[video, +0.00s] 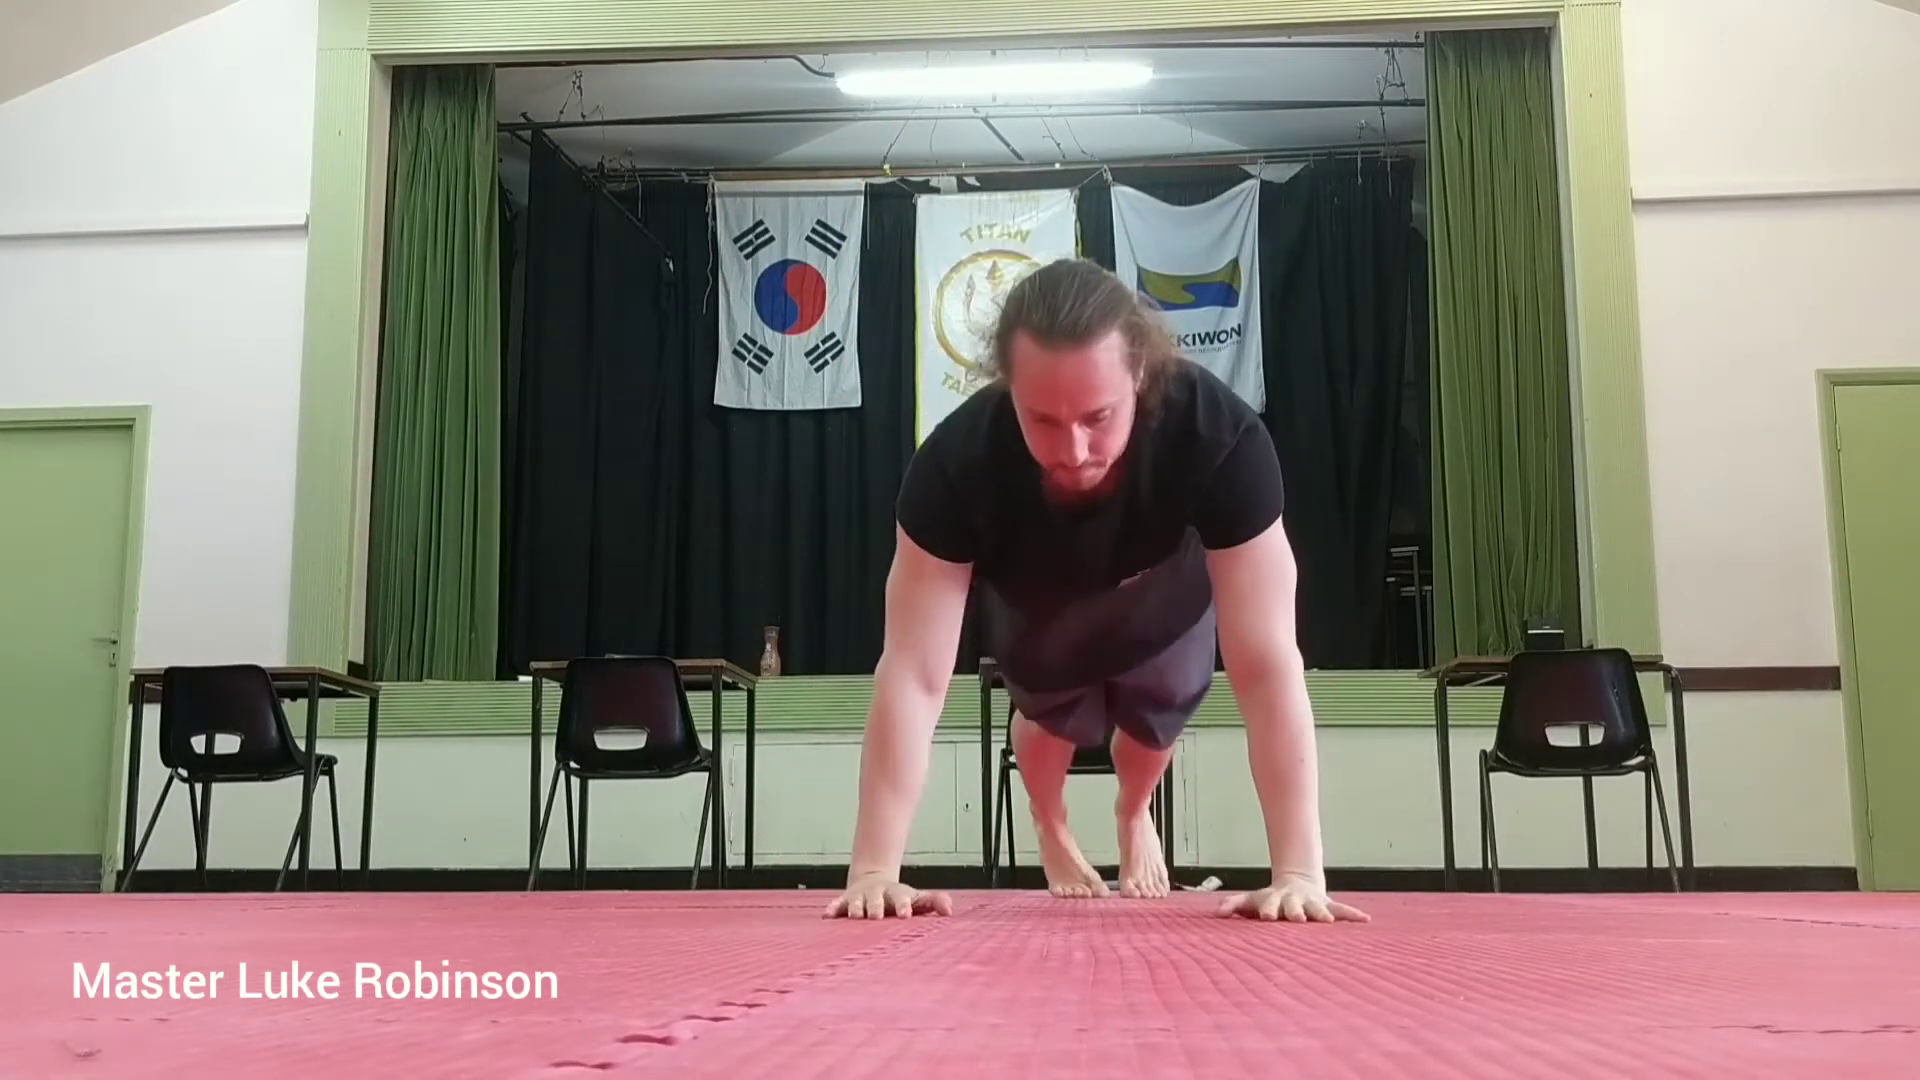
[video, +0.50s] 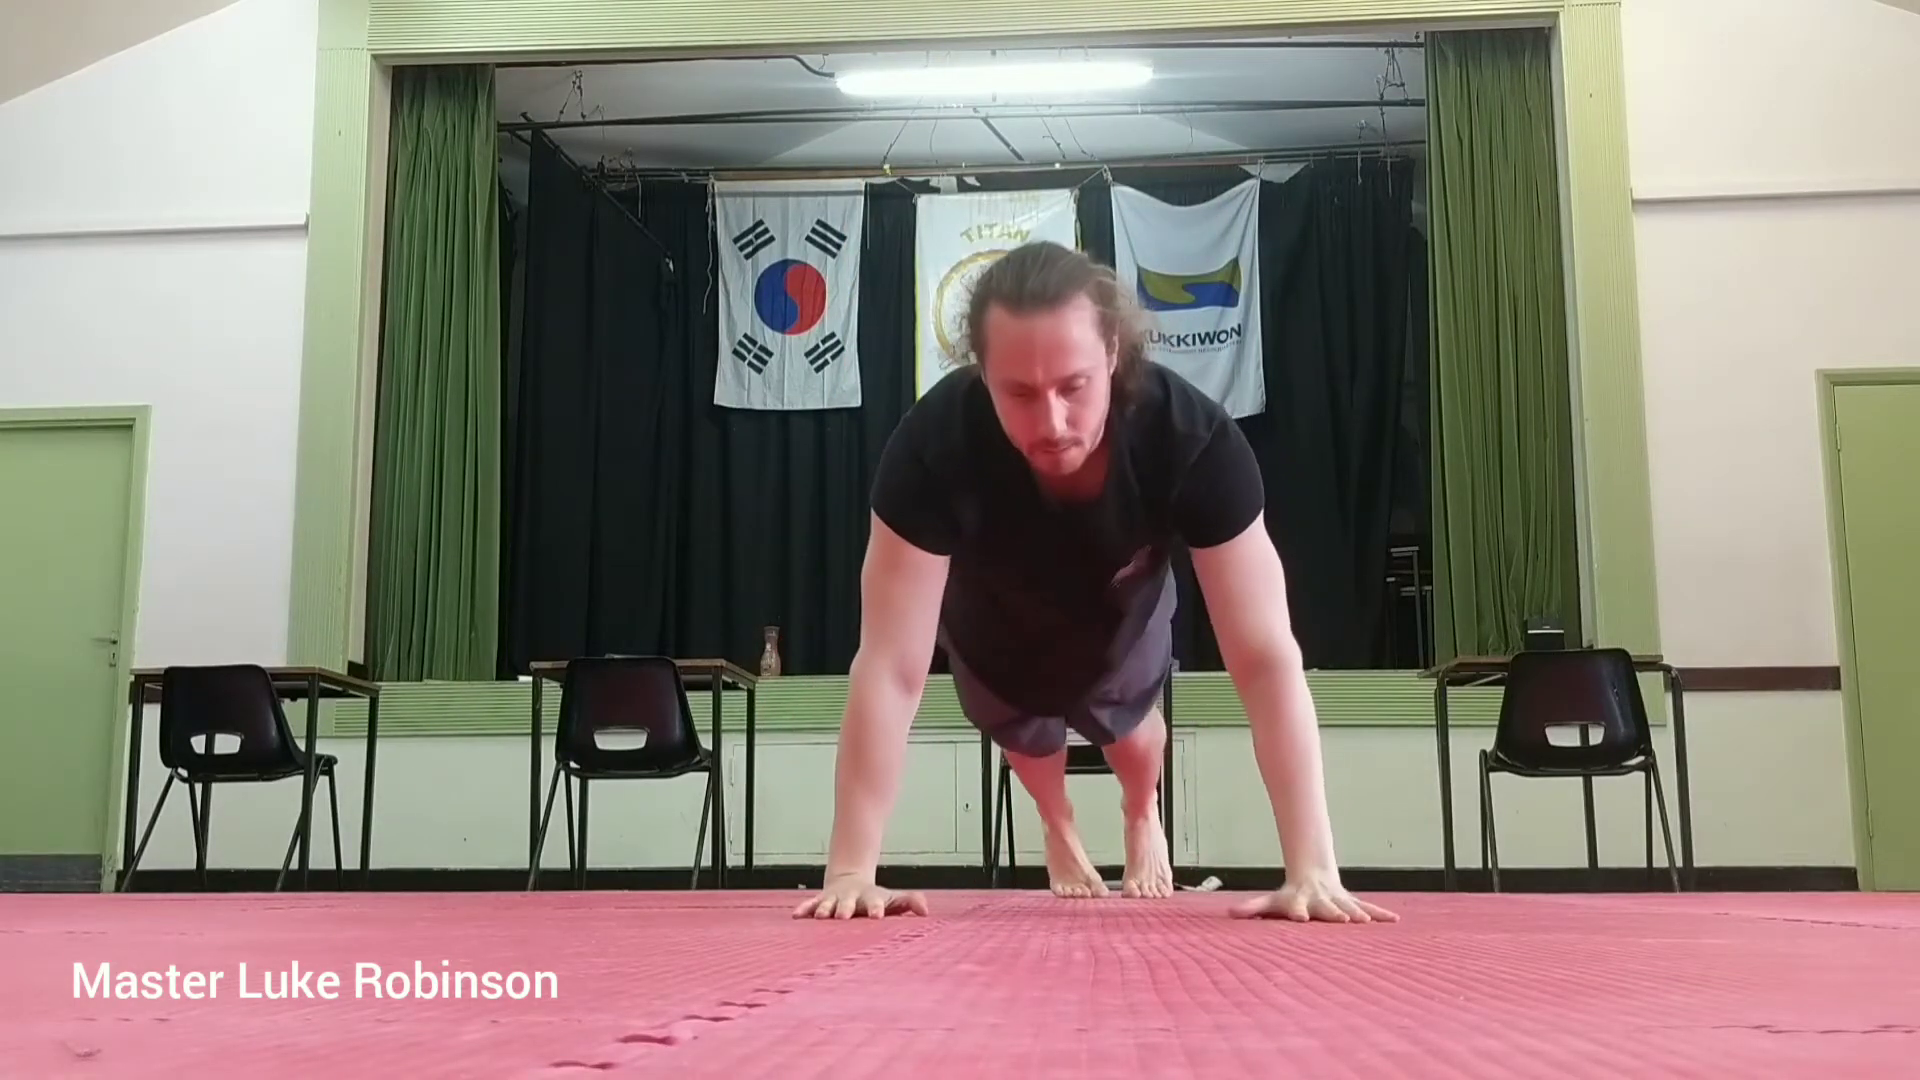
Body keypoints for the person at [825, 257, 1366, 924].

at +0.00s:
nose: (1075, 451)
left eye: (1099, 419)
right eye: (1046, 423)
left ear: (1140, 379)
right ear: (1010, 389)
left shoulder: (1219, 443)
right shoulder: (957, 466)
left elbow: (1266, 666)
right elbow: (913, 674)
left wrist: (1298, 873)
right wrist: (874, 870)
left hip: (1167, 617)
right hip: (1040, 627)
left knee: (1155, 725)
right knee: (1050, 724)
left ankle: (1136, 817)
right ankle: (1052, 829)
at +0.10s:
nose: (1073, 438)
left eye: (1098, 406)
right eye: (1044, 409)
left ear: (1141, 370)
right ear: (1009, 377)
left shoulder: (1214, 441)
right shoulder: (961, 460)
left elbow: (1265, 665)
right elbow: (913, 669)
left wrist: (1298, 873)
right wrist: (877, 863)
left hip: (1170, 610)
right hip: (1046, 615)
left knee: (1158, 726)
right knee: (1057, 726)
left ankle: (1137, 817)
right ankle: (1058, 829)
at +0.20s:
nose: (1077, 444)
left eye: (1101, 412)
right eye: (1048, 415)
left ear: (1145, 381)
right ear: (1013, 387)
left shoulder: (1214, 445)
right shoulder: (959, 456)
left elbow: (1270, 667)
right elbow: (898, 667)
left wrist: (1298, 872)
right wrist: (855, 870)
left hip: (1165, 623)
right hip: (1041, 624)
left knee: (1157, 731)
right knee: (1054, 729)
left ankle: (1140, 817)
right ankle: (1061, 830)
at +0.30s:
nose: (1069, 450)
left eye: (1094, 416)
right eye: (1040, 420)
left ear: (1137, 384)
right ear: (1003, 395)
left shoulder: (1208, 450)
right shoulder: (953, 454)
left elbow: (1268, 669)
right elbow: (895, 668)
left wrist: (1299, 872)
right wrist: (851, 872)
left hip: (1155, 642)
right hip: (1026, 642)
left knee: (1148, 739)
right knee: (1041, 741)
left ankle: (1144, 824)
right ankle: (1059, 832)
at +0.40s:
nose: (1062, 422)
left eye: (1083, 388)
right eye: (1031, 394)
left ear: (1124, 358)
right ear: (993, 372)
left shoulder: (1198, 444)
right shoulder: (947, 443)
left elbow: (1258, 662)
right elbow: (895, 664)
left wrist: (1298, 866)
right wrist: (851, 868)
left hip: (1132, 637)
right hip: (1009, 646)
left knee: (1135, 735)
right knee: (1032, 747)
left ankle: (1146, 825)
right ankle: (1058, 831)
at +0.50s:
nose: (1052, 423)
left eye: (1074, 387)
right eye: (1020, 394)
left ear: (1112, 358)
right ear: (983, 373)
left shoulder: (1191, 443)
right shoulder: (935, 448)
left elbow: (1267, 660)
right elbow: (888, 668)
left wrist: (1312, 869)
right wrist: (849, 872)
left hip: (1123, 629)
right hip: (999, 639)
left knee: (1129, 728)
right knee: (1029, 743)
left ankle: (1143, 829)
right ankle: (1060, 834)